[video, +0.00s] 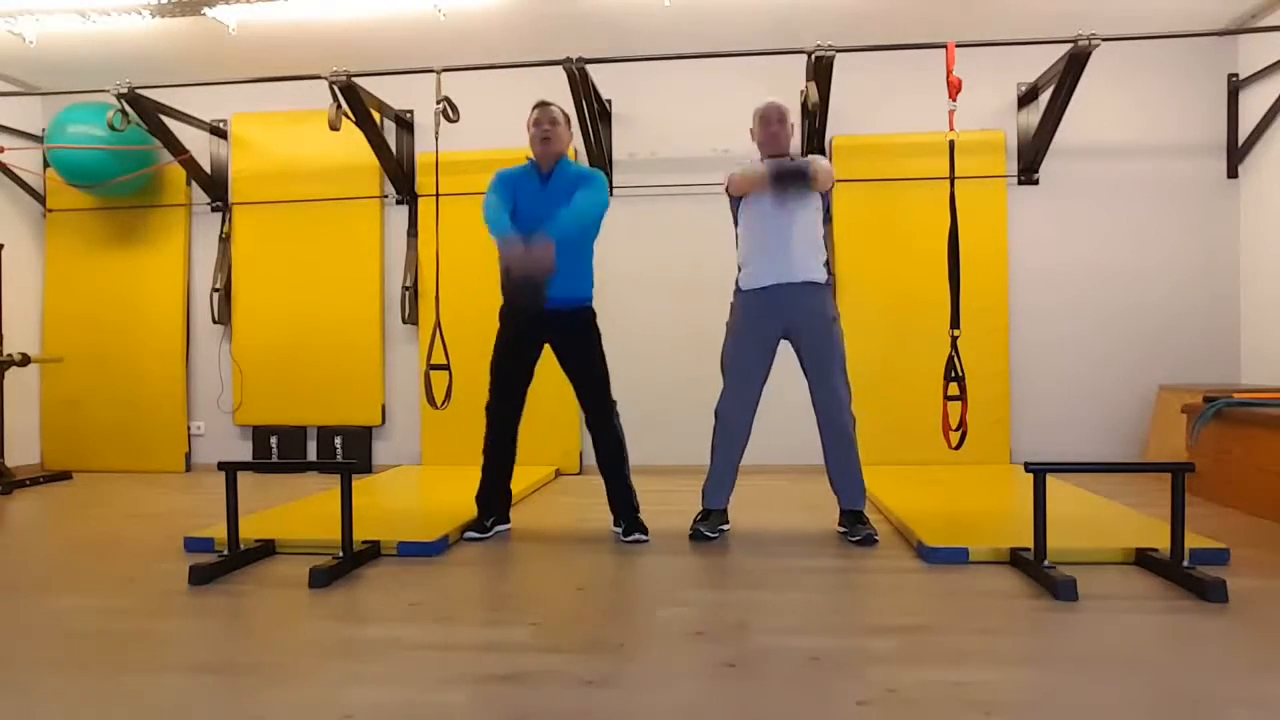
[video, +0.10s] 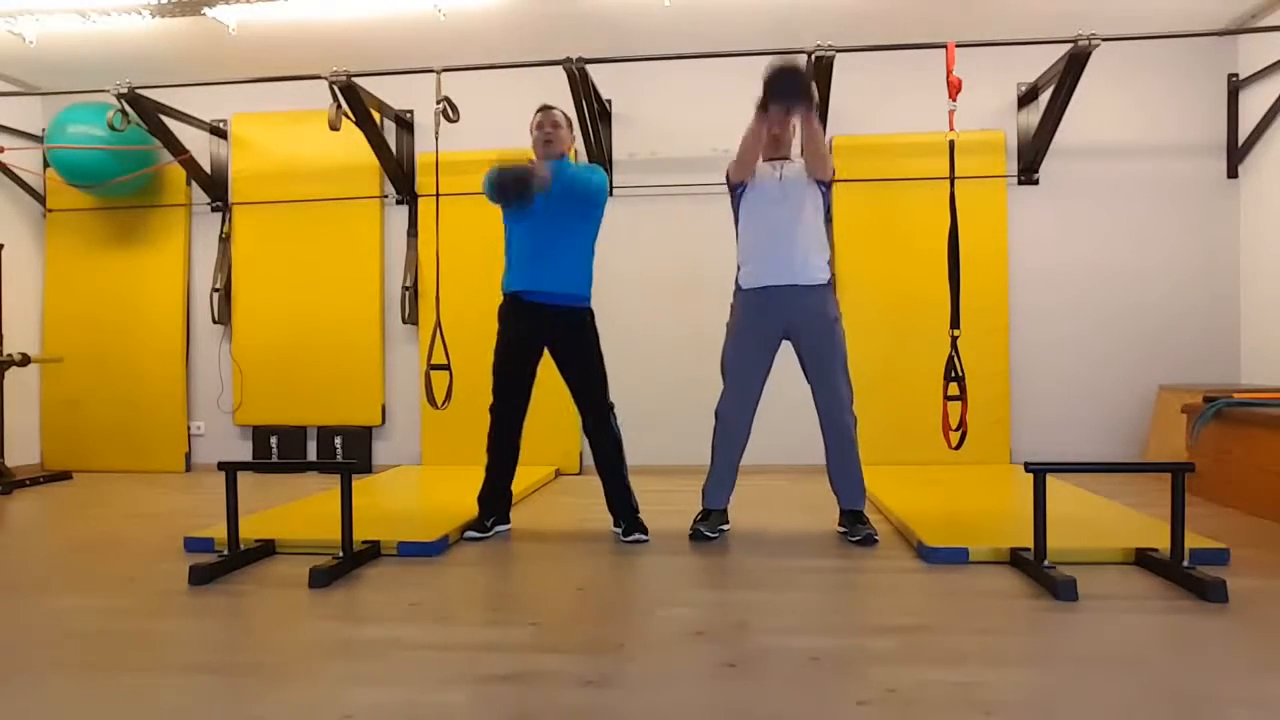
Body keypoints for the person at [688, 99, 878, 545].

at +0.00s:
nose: (776, 129)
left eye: (783, 123)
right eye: (768, 123)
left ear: (794, 130)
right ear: (754, 133)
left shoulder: (817, 168)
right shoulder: (742, 177)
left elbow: (821, 176)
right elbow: (742, 185)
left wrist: (782, 169)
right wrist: (785, 171)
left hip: (812, 298)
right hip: (755, 301)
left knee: (835, 405)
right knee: (734, 406)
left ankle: (852, 511)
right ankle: (714, 509)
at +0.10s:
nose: (785, 126)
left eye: (794, 118)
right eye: (778, 116)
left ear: (807, 119)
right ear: (762, 117)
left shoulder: (817, 167)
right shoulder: (742, 173)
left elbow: (820, 167)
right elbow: (743, 167)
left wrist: (810, 118)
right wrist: (760, 122)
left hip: (813, 298)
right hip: (756, 300)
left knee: (836, 404)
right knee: (735, 404)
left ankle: (852, 511)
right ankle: (714, 509)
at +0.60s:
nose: (778, 108)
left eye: (785, 102)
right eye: (769, 103)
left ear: (799, 115)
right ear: (756, 117)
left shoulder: (818, 159)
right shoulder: (743, 163)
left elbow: (826, 168)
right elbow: (745, 170)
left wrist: (804, 140)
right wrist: (767, 137)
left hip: (814, 305)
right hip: (755, 307)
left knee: (842, 410)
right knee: (729, 411)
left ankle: (852, 512)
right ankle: (714, 510)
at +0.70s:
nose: (779, 112)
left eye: (786, 107)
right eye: (769, 108)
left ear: (798, 122)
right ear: (757, 125)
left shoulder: (822, 169)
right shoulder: (742, 175)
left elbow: (823, 201)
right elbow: (748, 204)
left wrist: (804, 232)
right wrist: (771, 231)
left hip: (814, 316)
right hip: (755, 317)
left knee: (848, 411)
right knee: (722, 411)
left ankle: (852, 513)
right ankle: (714, 510)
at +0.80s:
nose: (780, 133)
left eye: (788, 127)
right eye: (772, 127)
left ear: (799, 141)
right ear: (758, 143)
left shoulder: (822, 193)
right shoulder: (743, 199)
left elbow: (822, 257)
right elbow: (750, 263)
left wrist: (809, 313)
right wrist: (767, 318)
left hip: (814, 322)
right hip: (755, 323)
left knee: (853, 405)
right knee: (717, 411)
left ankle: (852, 512)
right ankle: (714, 510)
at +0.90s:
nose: (785, 160)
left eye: (792, 154)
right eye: (776, 154)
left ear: (804, 171)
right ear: (761, 171)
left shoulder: (828, 226)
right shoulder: (743, 231)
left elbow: (823, 303)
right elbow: (750, 306)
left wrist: (807, 365)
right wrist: (764, 367)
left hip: (815, 337)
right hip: (753, 337)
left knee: (859, 405)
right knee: (710, 407)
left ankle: (854, 511)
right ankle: (713, 510)